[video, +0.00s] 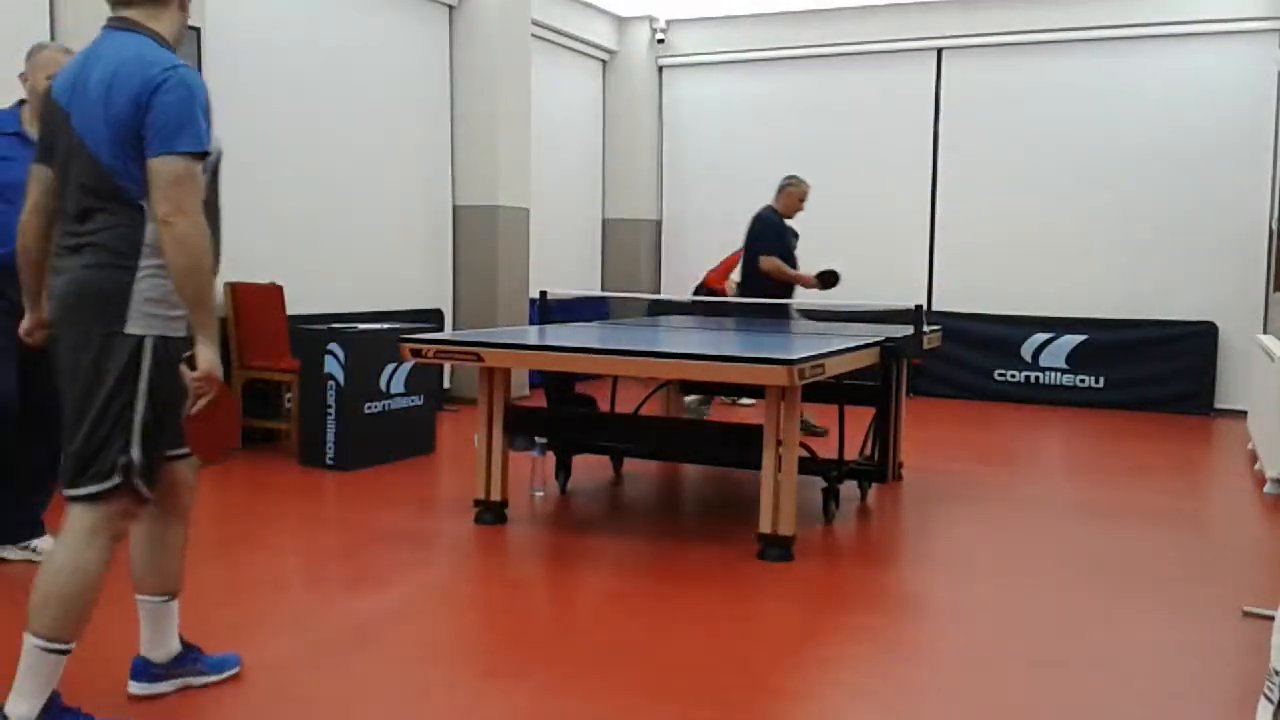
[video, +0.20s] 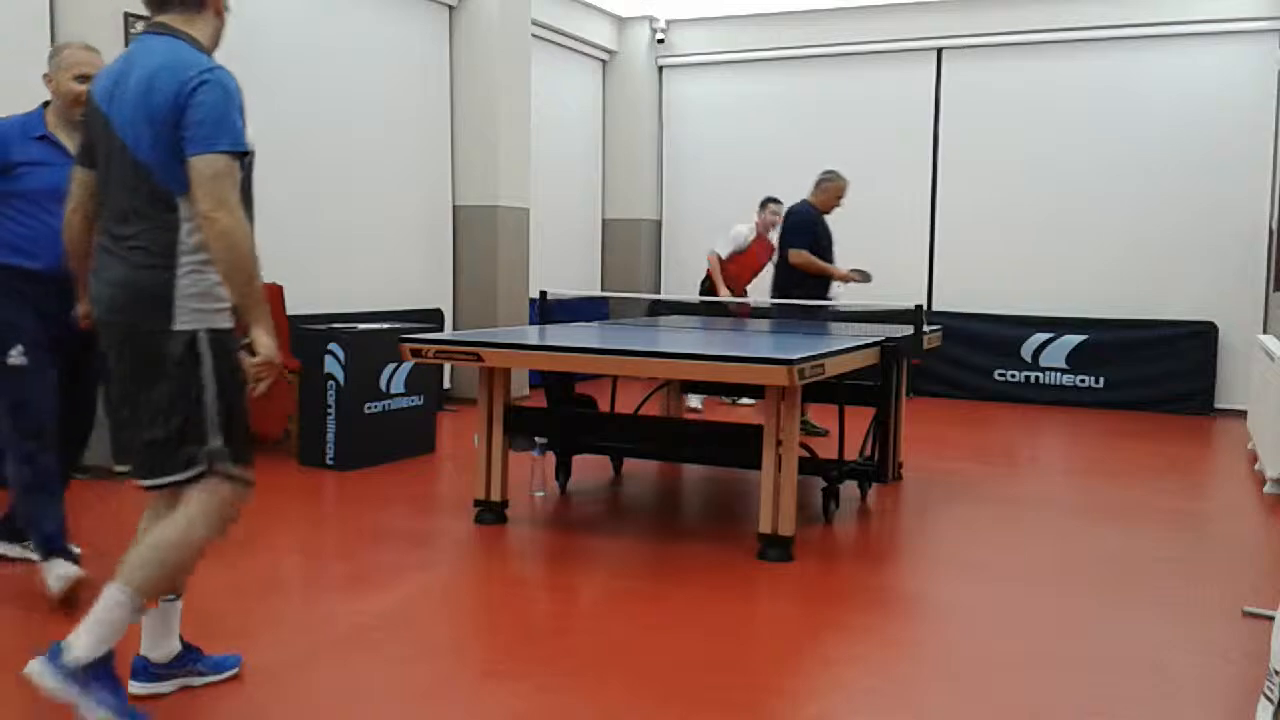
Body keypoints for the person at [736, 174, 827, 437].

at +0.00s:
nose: (802, 207)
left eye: (803, 202)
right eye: (800, 201)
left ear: (790, 197)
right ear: (785, 194)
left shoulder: (780, 224)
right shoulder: (767, 220)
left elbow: (779, 264)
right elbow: (767, 263)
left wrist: (804, 279)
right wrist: (801, 279)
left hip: (774, 307)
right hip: (760, 308)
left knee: (786, 363)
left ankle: (793, 414)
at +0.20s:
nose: (839, 205)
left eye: (840, 200)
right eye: (837, 198)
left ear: (825, 191)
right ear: (823, 190)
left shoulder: (815, 217)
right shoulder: (801, 215)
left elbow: (811, 258)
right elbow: (797, 256)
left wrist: (840, 273)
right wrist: (835, 273)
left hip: (810, 304)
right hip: (794, 304)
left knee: (805, 362)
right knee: (790, 362)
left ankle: (800, 415)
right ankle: (785, 418)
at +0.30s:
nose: (853, 202)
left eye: (855, 196)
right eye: (851, 195)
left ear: (844, 191)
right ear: (834, 188)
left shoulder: (836, 218)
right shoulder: (813, 214)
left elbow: (837, 258)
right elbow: (809, 255)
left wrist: (856, 283)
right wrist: (847, 269)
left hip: (829, 305)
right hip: (808, 304)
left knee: (827, 365)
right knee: (802, 364)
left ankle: (827, 423)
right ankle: (795, 418)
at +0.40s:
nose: (868, 205)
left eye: (870, 200)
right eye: (865, 199)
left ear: (859, 194)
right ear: (849, 191)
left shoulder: (854, 220)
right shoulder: (827, 218)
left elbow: (860, 259)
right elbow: (823, 260)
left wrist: (880, 276)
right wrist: (864, 272)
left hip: (846, 306)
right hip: (825, 306)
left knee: (819, 363)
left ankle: (802, 413)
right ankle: (798, 414)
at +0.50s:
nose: (888, 205)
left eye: (890, 199)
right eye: (884, 199)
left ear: (887, 197)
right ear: (867, 194)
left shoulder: (878, 225)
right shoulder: (847, 223)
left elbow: (890, 266)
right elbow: (844, 268)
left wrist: (919, 290)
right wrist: (884, 279)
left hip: (875, 310)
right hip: (850, 311)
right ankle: (818, 404)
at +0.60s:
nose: (899, 202)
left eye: (903, 196)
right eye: (893, 196)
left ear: (905, 195)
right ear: (877, 192)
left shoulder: (898, 222)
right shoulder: (860, 223)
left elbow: (908, 264)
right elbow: (857, 267)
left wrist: (929, 296)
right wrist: (895, 278)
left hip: (895, 310)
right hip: (865, 311)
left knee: (895, 373)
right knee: (861, 369)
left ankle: (885, 438)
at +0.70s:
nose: (911, 195)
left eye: (915, 189)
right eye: (905, 189)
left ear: (919, 191)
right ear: (891, 188)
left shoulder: (918, 219)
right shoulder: (875, 219)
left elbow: (923, 263)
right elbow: (868, 262)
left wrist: (935, 293)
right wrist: (906, 273)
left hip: (912, 307)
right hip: (879, 309)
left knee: (930, 362)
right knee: (888, 375)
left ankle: (902, 411)